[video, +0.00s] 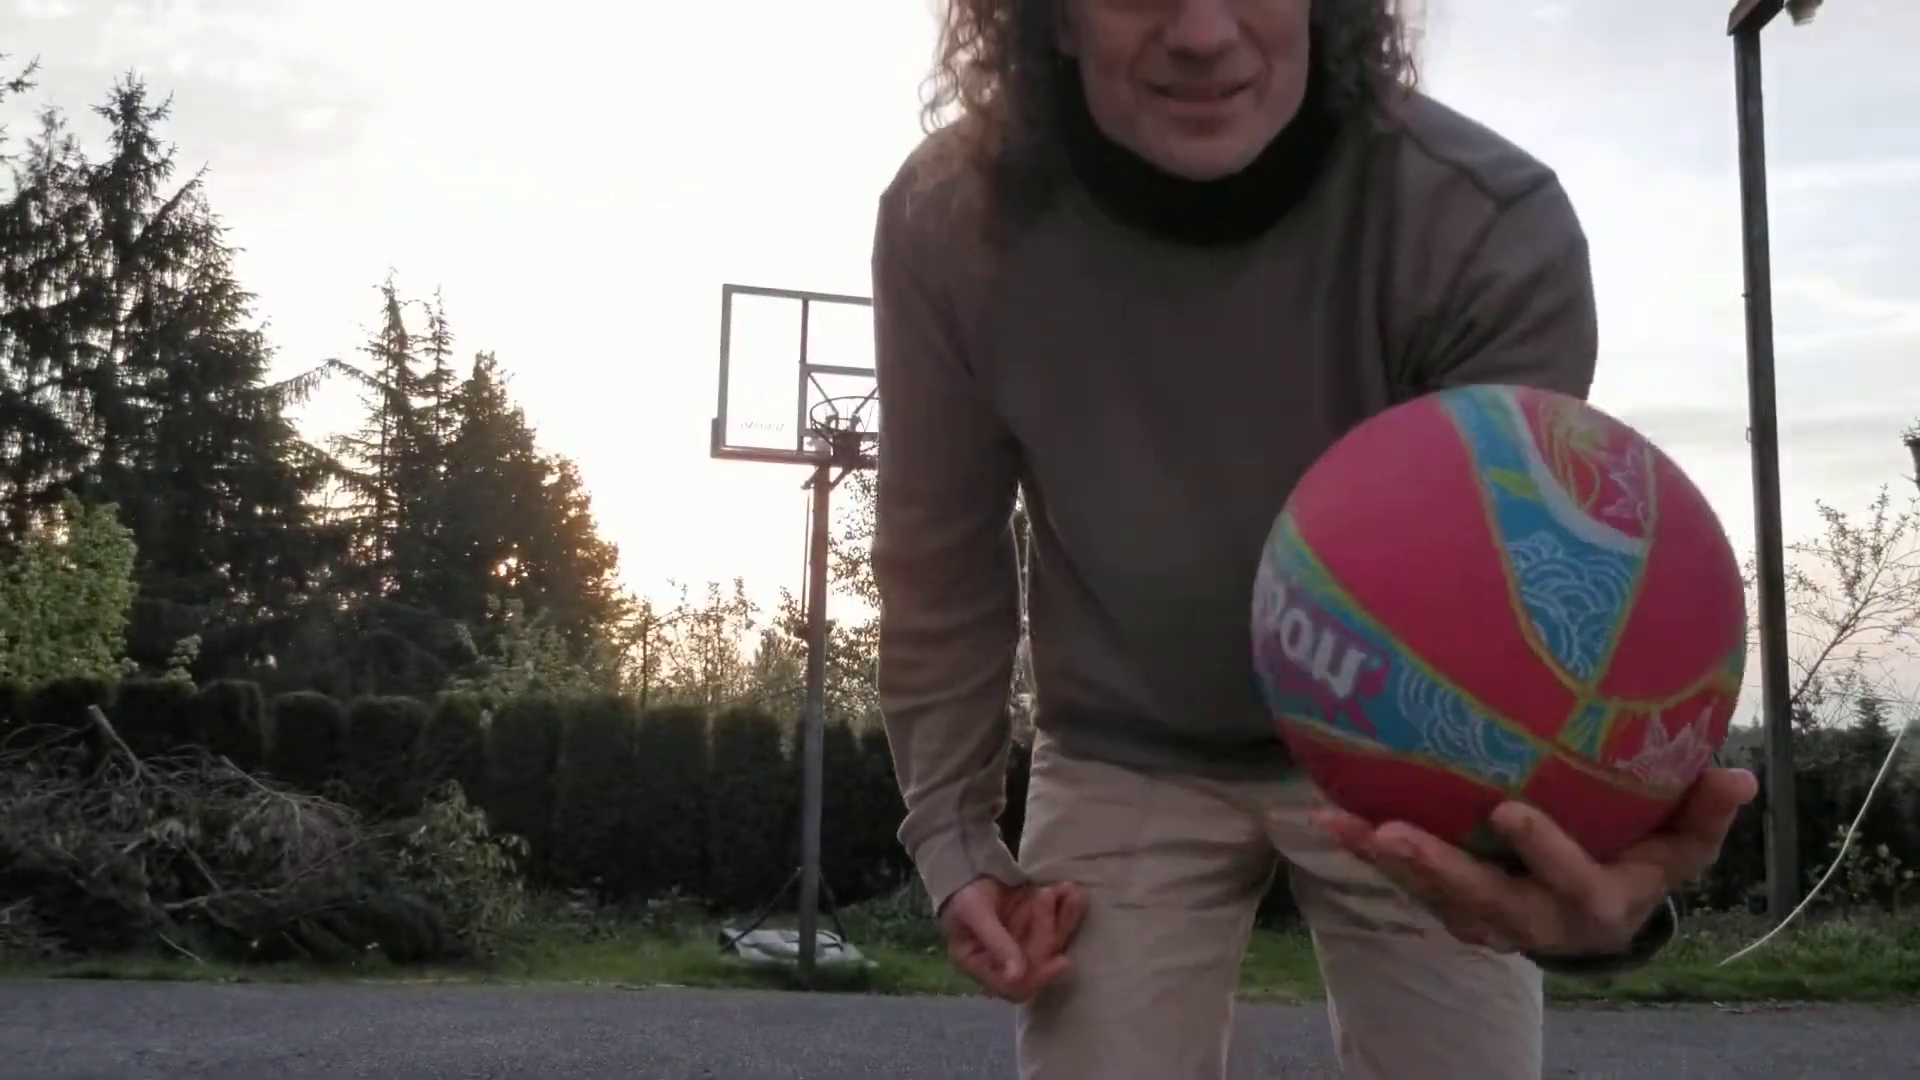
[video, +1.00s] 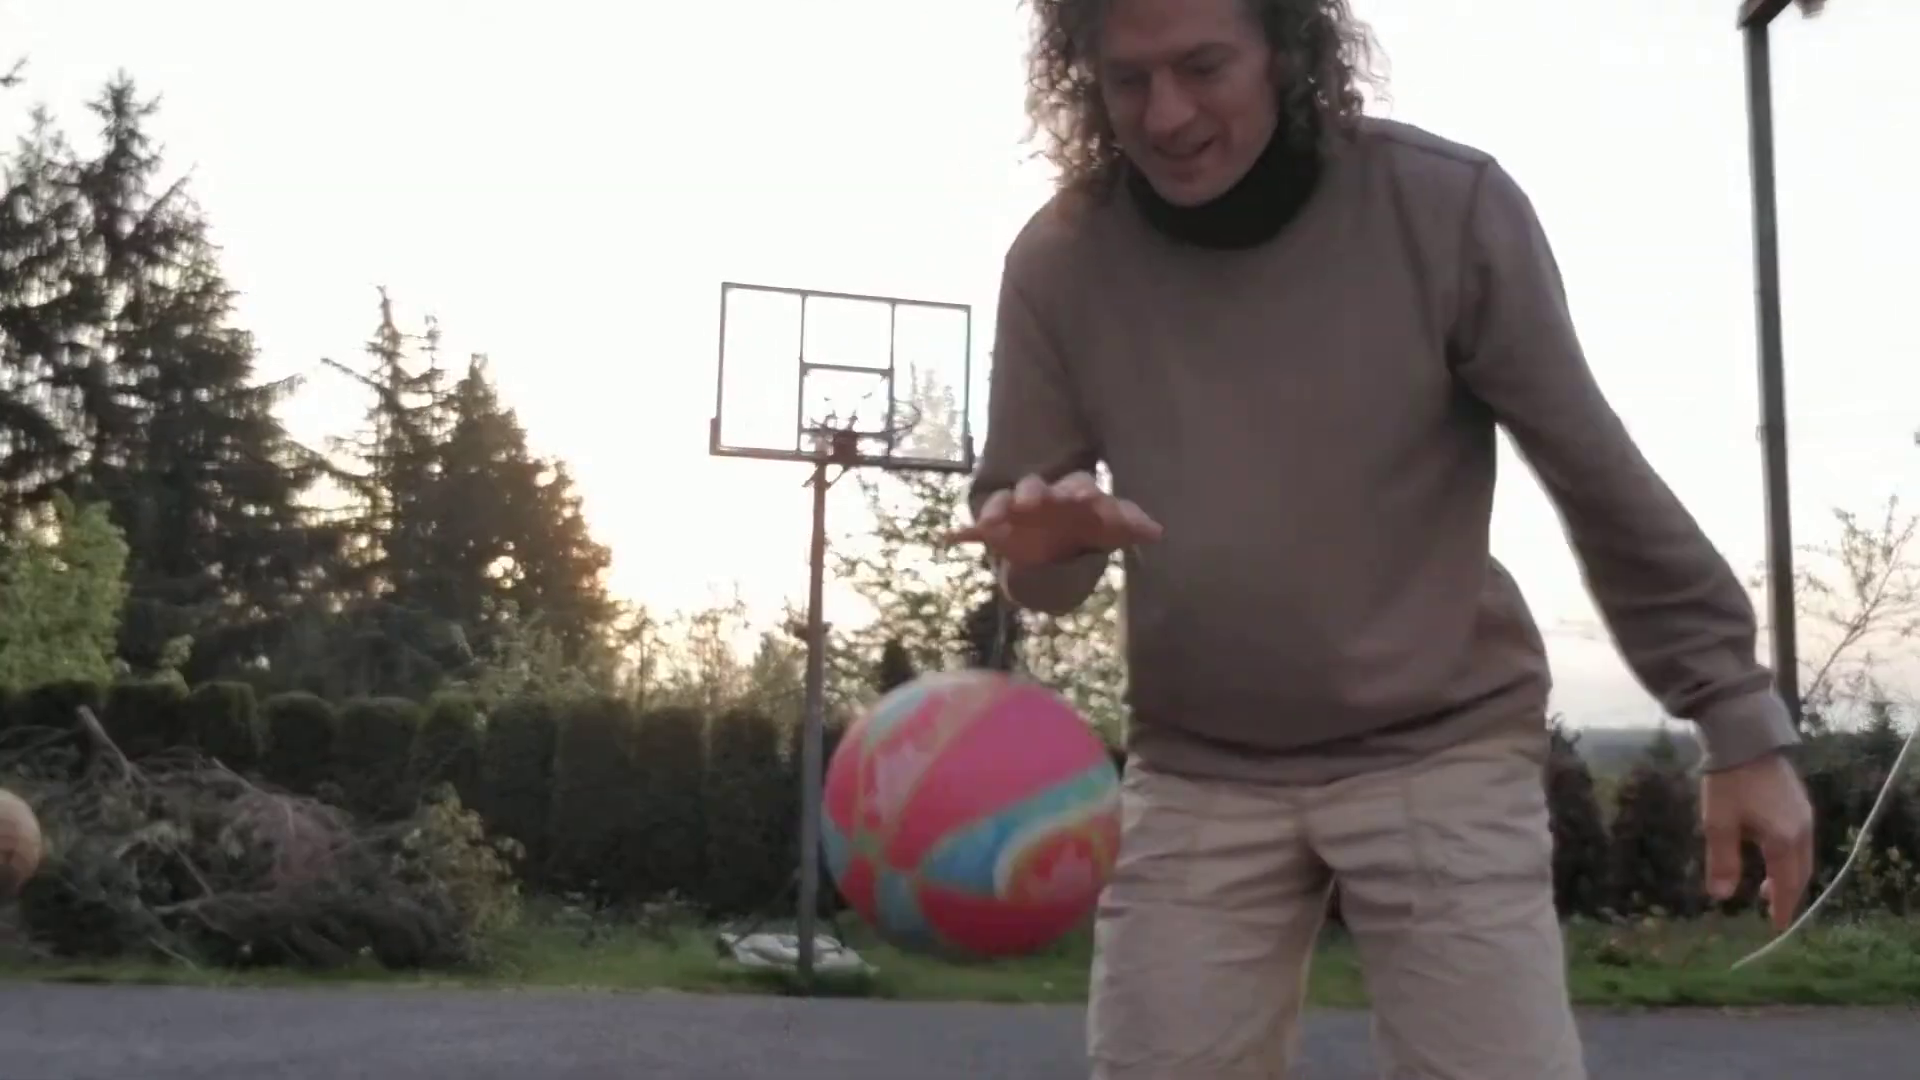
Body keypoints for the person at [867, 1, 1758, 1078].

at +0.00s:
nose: (1203, 30)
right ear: (1052, 11)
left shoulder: (1483, 219)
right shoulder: (957, 219)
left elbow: (1525, 621)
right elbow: (939, 570)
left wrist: (1588, 876)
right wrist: (954, 840)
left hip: (1413, 759)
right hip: (1123, 763)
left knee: (1476, 1069)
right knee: (1094, 1063)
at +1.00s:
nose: (1168, 116)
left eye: (1206, 65)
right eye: (1127, 77)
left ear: (1287, 45)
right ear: (1086, 76)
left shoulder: (1447, 211)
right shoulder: (1060, 262)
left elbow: (1602, 484)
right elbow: (1040, 585)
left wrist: (1741, 729)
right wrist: (1052, 546)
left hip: (1442, 759)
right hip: (1196, 774)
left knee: (1504, 1061)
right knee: (1153, 1058)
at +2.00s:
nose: (1199, 251)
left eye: (1223, 217)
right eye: (1167, 227)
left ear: (1276, 218)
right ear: (1129, 240)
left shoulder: (1393, 360)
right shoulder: (1098, 403)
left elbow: (1503, 572)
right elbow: (1004, 583)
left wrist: (1585, 750)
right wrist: (877, 658)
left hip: (1376, 810)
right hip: (1183, 809)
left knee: (1402, 1067)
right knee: (1150, 1065)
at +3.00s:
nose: (1194, 74)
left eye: (1228, 32)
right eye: (1150, 38)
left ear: (1280, 44)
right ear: (1092, 57)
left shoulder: (1370, 212)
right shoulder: (1033, 272)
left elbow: (1443, 472)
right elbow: (979, 545)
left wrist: (1529, 652)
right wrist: (1029, 713)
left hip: (1358, 763)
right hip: (1127, 770)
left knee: (1428, 1060)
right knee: (1087, 1060)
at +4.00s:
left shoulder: (1381, 34)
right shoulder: (936, 147)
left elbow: (1473, 355)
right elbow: (905, 582)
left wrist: (1599, 582)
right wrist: (864, 499)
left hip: (1425, 737)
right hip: (1124, 762)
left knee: (1527, 1060)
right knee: (1085, 1059)